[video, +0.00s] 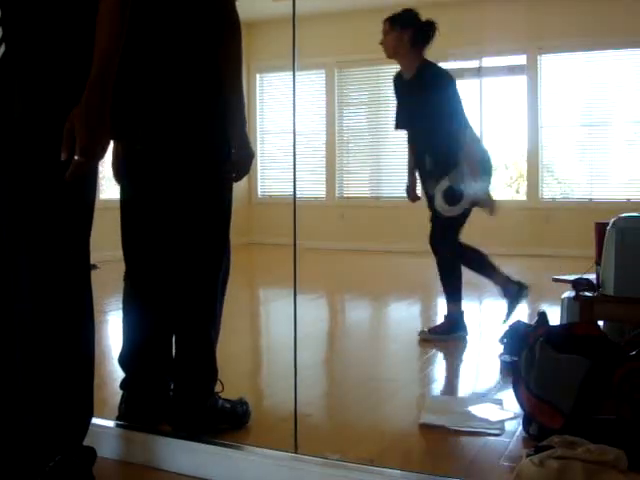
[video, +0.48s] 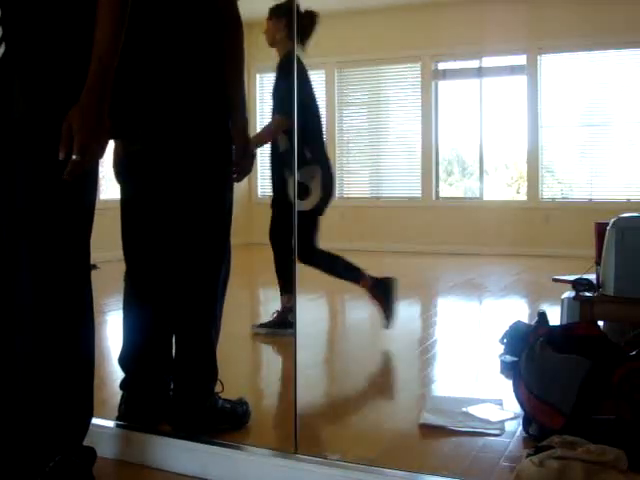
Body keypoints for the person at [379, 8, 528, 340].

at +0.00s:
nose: (382, 40)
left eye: (387, 33)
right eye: (383, 34)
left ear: (407, 36)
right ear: (402, 38)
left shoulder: (438, 78)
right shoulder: (401, 81)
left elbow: (462, 132)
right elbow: (412, 133)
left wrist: (476, 181)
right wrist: (411, 176)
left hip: (459, 167)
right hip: (433, 170)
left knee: (442, 241)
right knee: (447, 243)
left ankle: (454, 319)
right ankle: (510, 287)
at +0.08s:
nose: (366, 33)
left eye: (371, 26)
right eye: (367, 26)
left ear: (389, 30)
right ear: (385, 31)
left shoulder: (417, 71)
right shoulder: (389, 74)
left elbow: (436, 126)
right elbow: (404, 127)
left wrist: (434, 179)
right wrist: (407, 170)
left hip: (447, 165)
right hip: (422, 167)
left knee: (434, 240)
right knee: (410, 235)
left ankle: (454, 317)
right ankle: (460, 293)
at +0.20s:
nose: (333, 29)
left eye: (338, 22)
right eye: (335, 23)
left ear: (354, 27)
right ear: (356, 27)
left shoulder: (370, 65)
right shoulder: (365, 64)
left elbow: (370, 124)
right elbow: (375, 122)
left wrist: (333, 162)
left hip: (403, 164)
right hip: (388, 165)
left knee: (427, 239)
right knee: (360, 232)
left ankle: (452, 312)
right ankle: (341, 307)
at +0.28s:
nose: (324, 30)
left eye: (329, 23)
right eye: (326, 24)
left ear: (345, 28)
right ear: (347, 29)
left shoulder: (360, 65)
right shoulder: (355, 65)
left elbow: (356, 120)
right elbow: (364, 121)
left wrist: (315, 153)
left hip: (393, 167)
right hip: (375, 168)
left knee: (423, 241)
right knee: (349, 238)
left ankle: (450, 310)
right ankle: (319, 303)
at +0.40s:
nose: (293, 37)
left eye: (295, 30)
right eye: (294, 30)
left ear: (306, 31)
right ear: (316, 33)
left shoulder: (317, 72)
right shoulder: (317, 71)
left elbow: (302, 122)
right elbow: (310, 124)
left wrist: (255, 139)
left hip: (341, 177)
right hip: (325, 177)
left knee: (371, 246)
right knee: (297, 237)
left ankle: (431, 300)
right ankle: (288, 313)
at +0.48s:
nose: (265, 29)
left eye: (269, 23)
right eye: (266, 23)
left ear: (283, 26)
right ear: (284, 27)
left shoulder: (290, 66)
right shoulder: (288, 66)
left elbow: (282, 122)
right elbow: (282, 123)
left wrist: (248, 145)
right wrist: (250, 146)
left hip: (305, 174)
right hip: (291, 172)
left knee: (303, 249)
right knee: (281, 238)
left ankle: (375, 286)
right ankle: (287, 312)